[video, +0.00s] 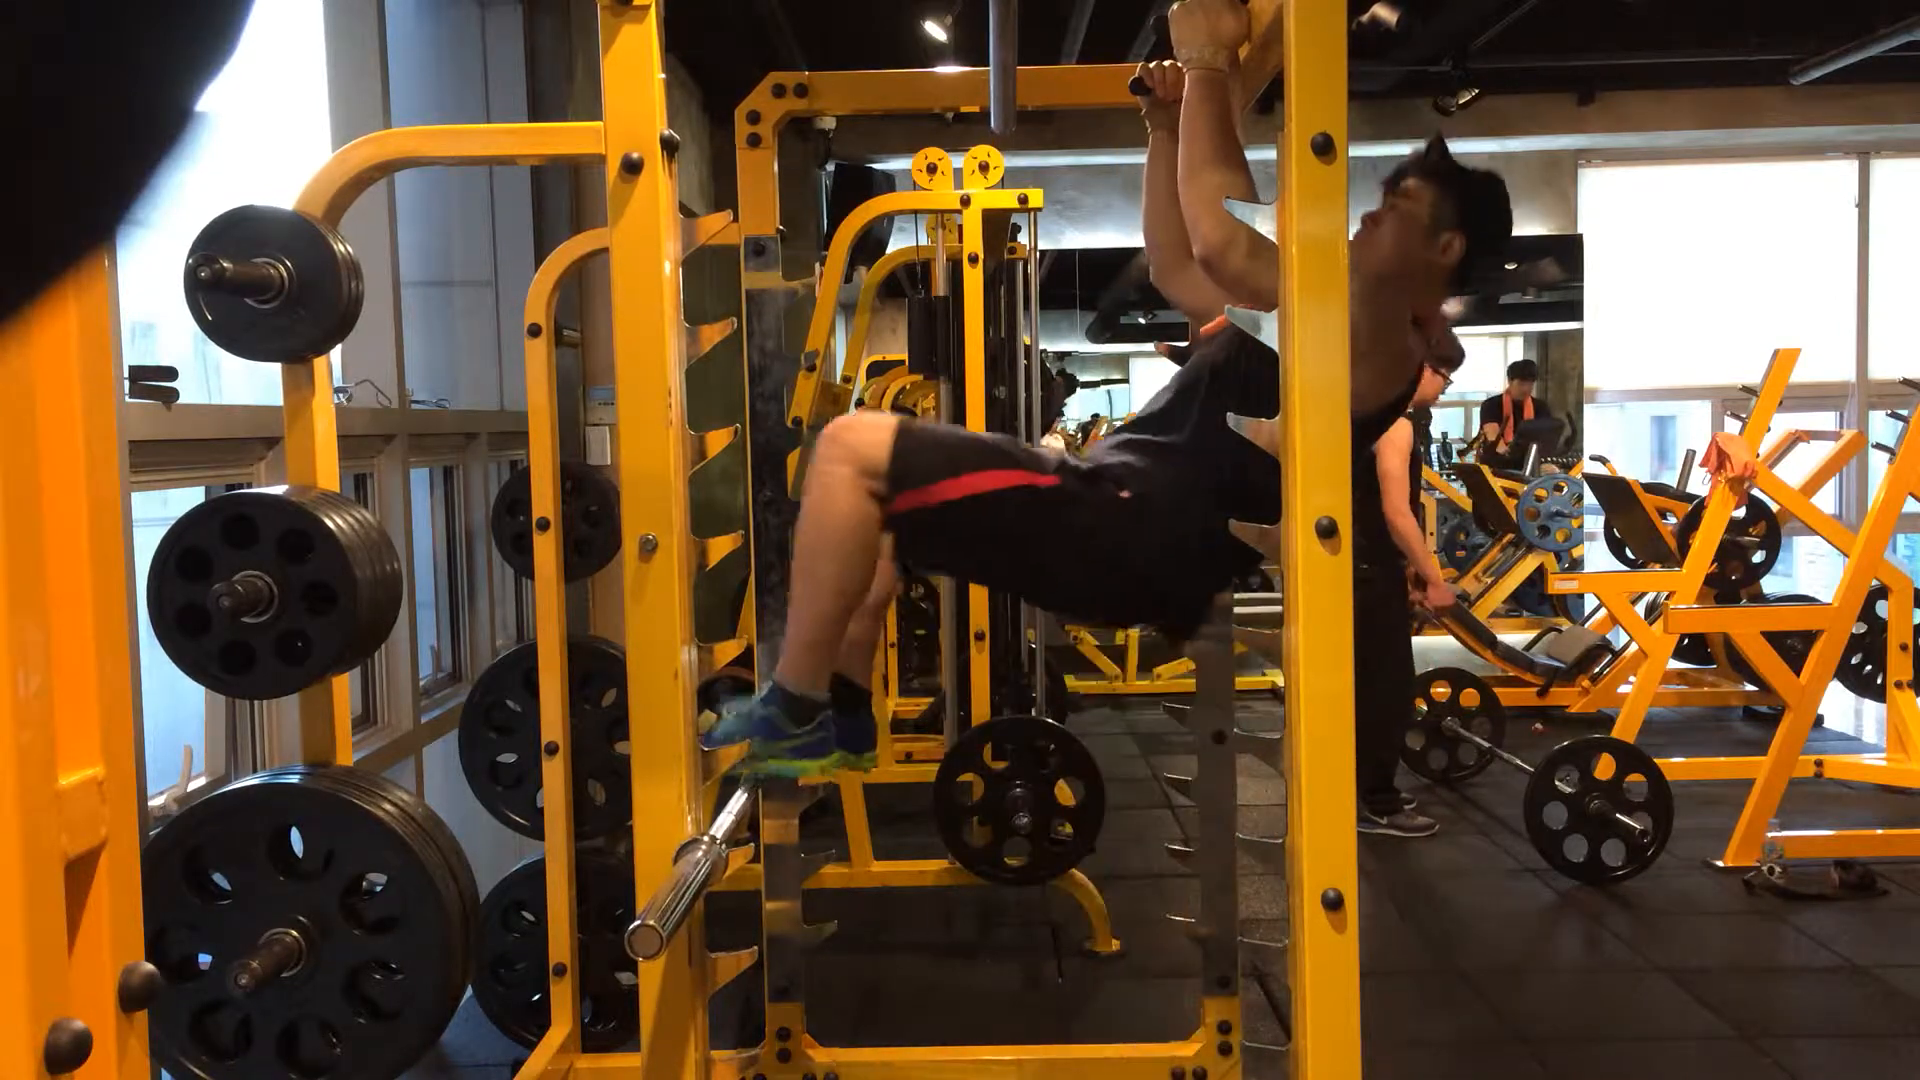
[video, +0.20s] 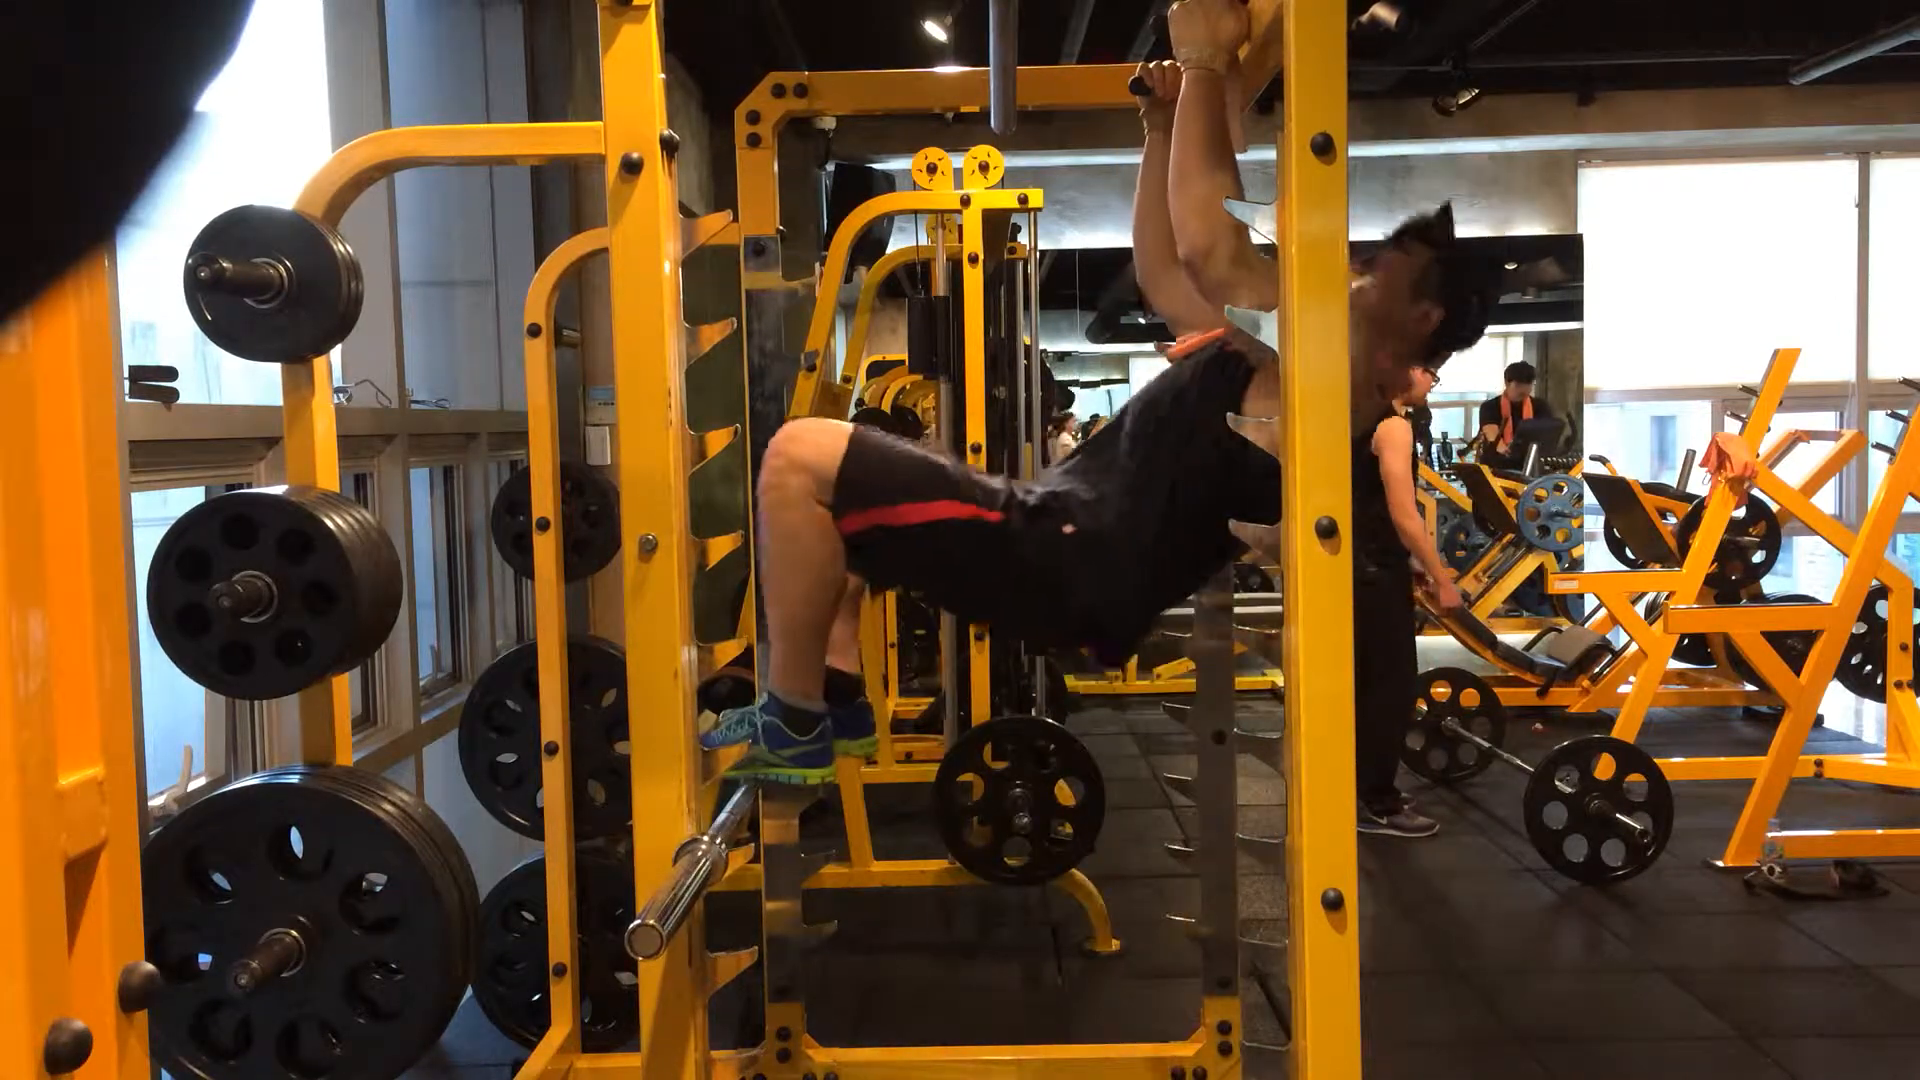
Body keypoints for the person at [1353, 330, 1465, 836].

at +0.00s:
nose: (1442, 387)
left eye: (1444, 377)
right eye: (1439, 375)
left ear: (1421, 374)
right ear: (1418, 370)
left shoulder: (1391, 418)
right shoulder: (1395, 422)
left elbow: (1393, 510)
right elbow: (1395, 510)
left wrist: (1415, 569)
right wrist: (1433, 576)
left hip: (1370, 568)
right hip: (1372, 571)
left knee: (1379, 677)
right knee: (1388, 678)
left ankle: (1373, 791)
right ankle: (1376, 799)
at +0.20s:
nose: (1431, 381)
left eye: (1432, 373)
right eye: (1427, 371)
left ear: (1398, 378)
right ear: (1402, 374)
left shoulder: (1366, 422)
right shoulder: (1392, 426)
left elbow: (1387, 513)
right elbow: (1403, 513)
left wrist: (1415, 568)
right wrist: (1440, 575)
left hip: (1357, 571)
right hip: (1378, 575)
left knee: (1373, 682)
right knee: (1392, 683)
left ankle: (1370, 793)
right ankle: (1377, 800)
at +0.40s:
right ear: (1401, 387)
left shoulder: (1335, 423)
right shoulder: (1393, 425)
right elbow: (1409, 515)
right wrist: (1445, 578)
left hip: (1335, 575)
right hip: (1376, 579)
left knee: (1352, 685)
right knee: (1392, 685)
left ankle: (1351, 797)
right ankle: (1378, 802)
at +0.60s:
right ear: (1393, 396)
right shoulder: (1389, 432)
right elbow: (1405, 516)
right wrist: (1440, 578)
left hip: (1329, 574)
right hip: (1373, 579)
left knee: (1335, 685)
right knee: (1393, 684)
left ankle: (1317, 790)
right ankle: (1379, 801)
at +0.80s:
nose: (1382, 387)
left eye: (1380, 377)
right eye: (1377, 378)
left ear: (1341, 383)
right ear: (1363, 383)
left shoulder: (1311, 424)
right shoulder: (1372, 431)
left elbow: (1259, 435)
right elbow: (1392, 519)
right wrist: (1424, 576)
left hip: (1318, 577)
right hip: (1364, 580)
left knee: (1315, 687)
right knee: (1387, 690)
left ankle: (1279, 792)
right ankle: (1380, 803)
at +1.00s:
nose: (1359, 390)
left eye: (1355, 383)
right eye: (1355, 384)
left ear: (1302, 386)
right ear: (1346, 387)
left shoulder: (1271, 430)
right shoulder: (1355, 430)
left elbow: (1266, 510)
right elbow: (1372, 513)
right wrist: (1399, 573)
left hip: (1284, 575)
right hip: (1337, 576)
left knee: (1283, 684)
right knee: (1371, 687)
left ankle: (1270, 804)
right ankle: (1380, 803)